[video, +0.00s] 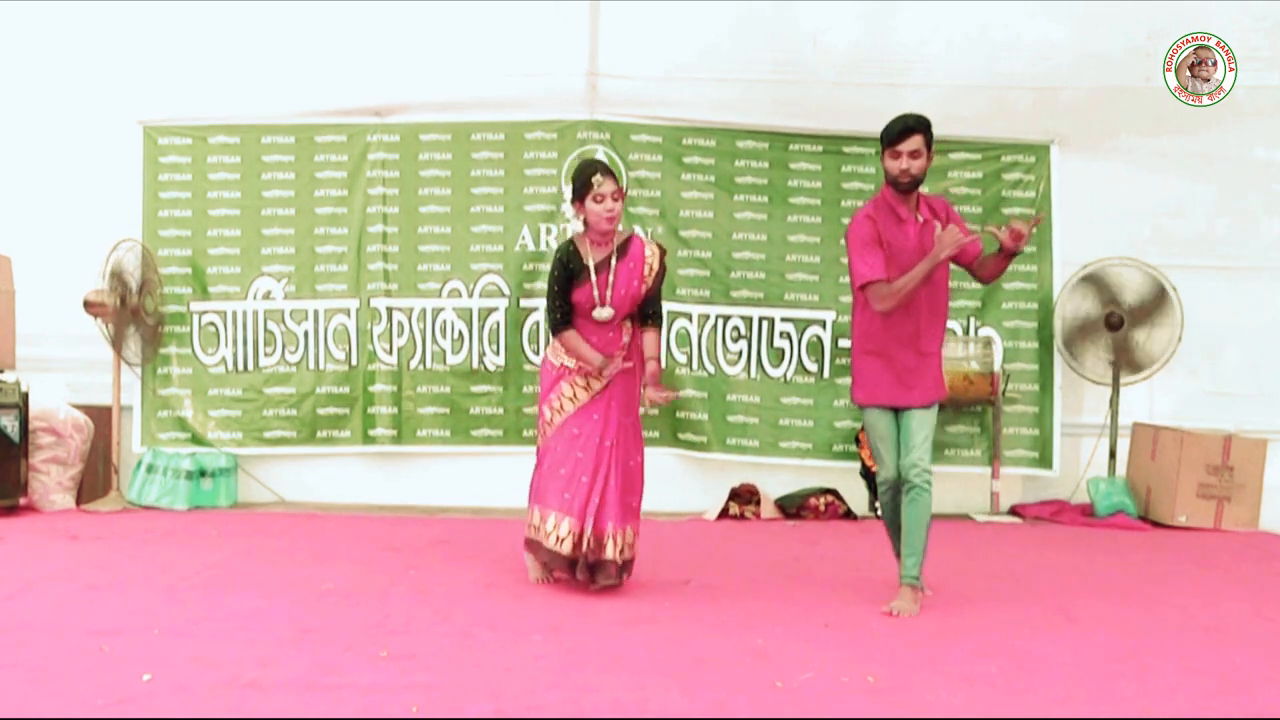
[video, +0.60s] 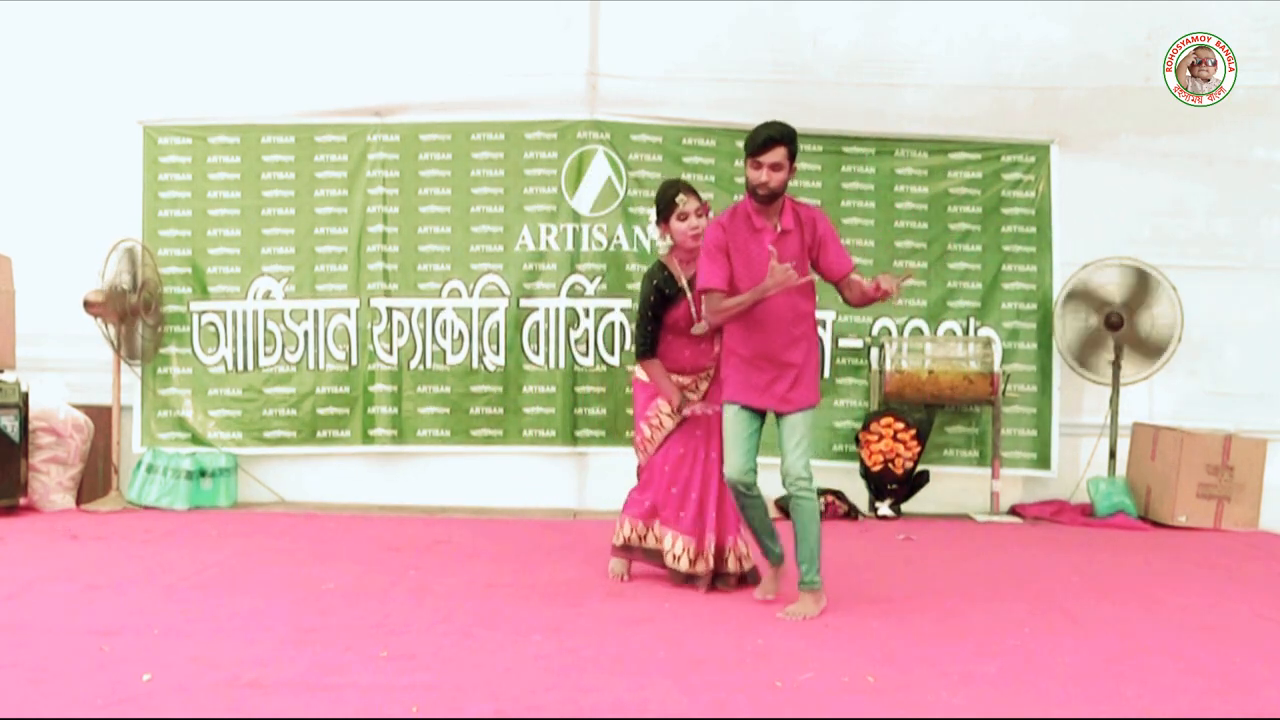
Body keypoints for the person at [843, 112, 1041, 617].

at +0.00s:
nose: (906, 164)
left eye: (916, 156)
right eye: (896, 155)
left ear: (929, 159)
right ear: (883, 158)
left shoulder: (940, 214)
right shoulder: (866, 221)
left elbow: (985, 271)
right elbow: (880, 298)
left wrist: (1007, 249)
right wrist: (934, 256)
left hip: (922, 364)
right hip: (875, 365)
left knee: (916, 470)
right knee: (891, 475)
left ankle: (911, 584)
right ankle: (909, 573)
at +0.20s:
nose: (869, 170)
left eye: (880, 162)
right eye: (862, 160)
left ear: (897, 165)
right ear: (849, 159)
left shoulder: (908, 216)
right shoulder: (829, 220)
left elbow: (953, 281)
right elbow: (828, 299)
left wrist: (966, 255)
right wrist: (881, 254)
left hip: (892, 362)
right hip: (838, 362)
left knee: (896, 475)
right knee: (844, 471)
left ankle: (901, 586)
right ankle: (856, 563)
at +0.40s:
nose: (822, 164)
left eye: (834, 156)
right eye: (815, 154)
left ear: (850, 159)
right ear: (803, 152)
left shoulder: (863, 207)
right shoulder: (780, 213)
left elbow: (911, 268)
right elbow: (784, 293)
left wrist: (929, 254)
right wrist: (844, 259)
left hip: (844, 359)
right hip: (795, 360)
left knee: (833, 465)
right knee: (811, 472)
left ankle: (828, 581)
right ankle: (845, 563)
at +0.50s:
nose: (790, 176)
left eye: (801, 167)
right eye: (782, 165)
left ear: (817, 170)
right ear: (770, 164)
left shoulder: (832, 221)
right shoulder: (748, 228)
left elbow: (876, 288)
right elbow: (743, 313)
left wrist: (898, 290)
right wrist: (806, 288)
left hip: (814, 373)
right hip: (761, 373)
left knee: (808, 476)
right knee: (768, 482)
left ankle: (813, 589)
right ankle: (816, 555)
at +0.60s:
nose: (766, 177)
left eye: (777, 168)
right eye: (758, 166)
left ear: (792, 171)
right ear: (745, 166)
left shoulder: (809, 220)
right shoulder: (722, 227)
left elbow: (850, 289)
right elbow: (711, 313)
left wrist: (873, 289)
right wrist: (764, 289)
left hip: (797, 370)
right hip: (742, 370)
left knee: (796, 474)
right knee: (736, 473)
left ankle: (811, 588)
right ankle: (773, 559)